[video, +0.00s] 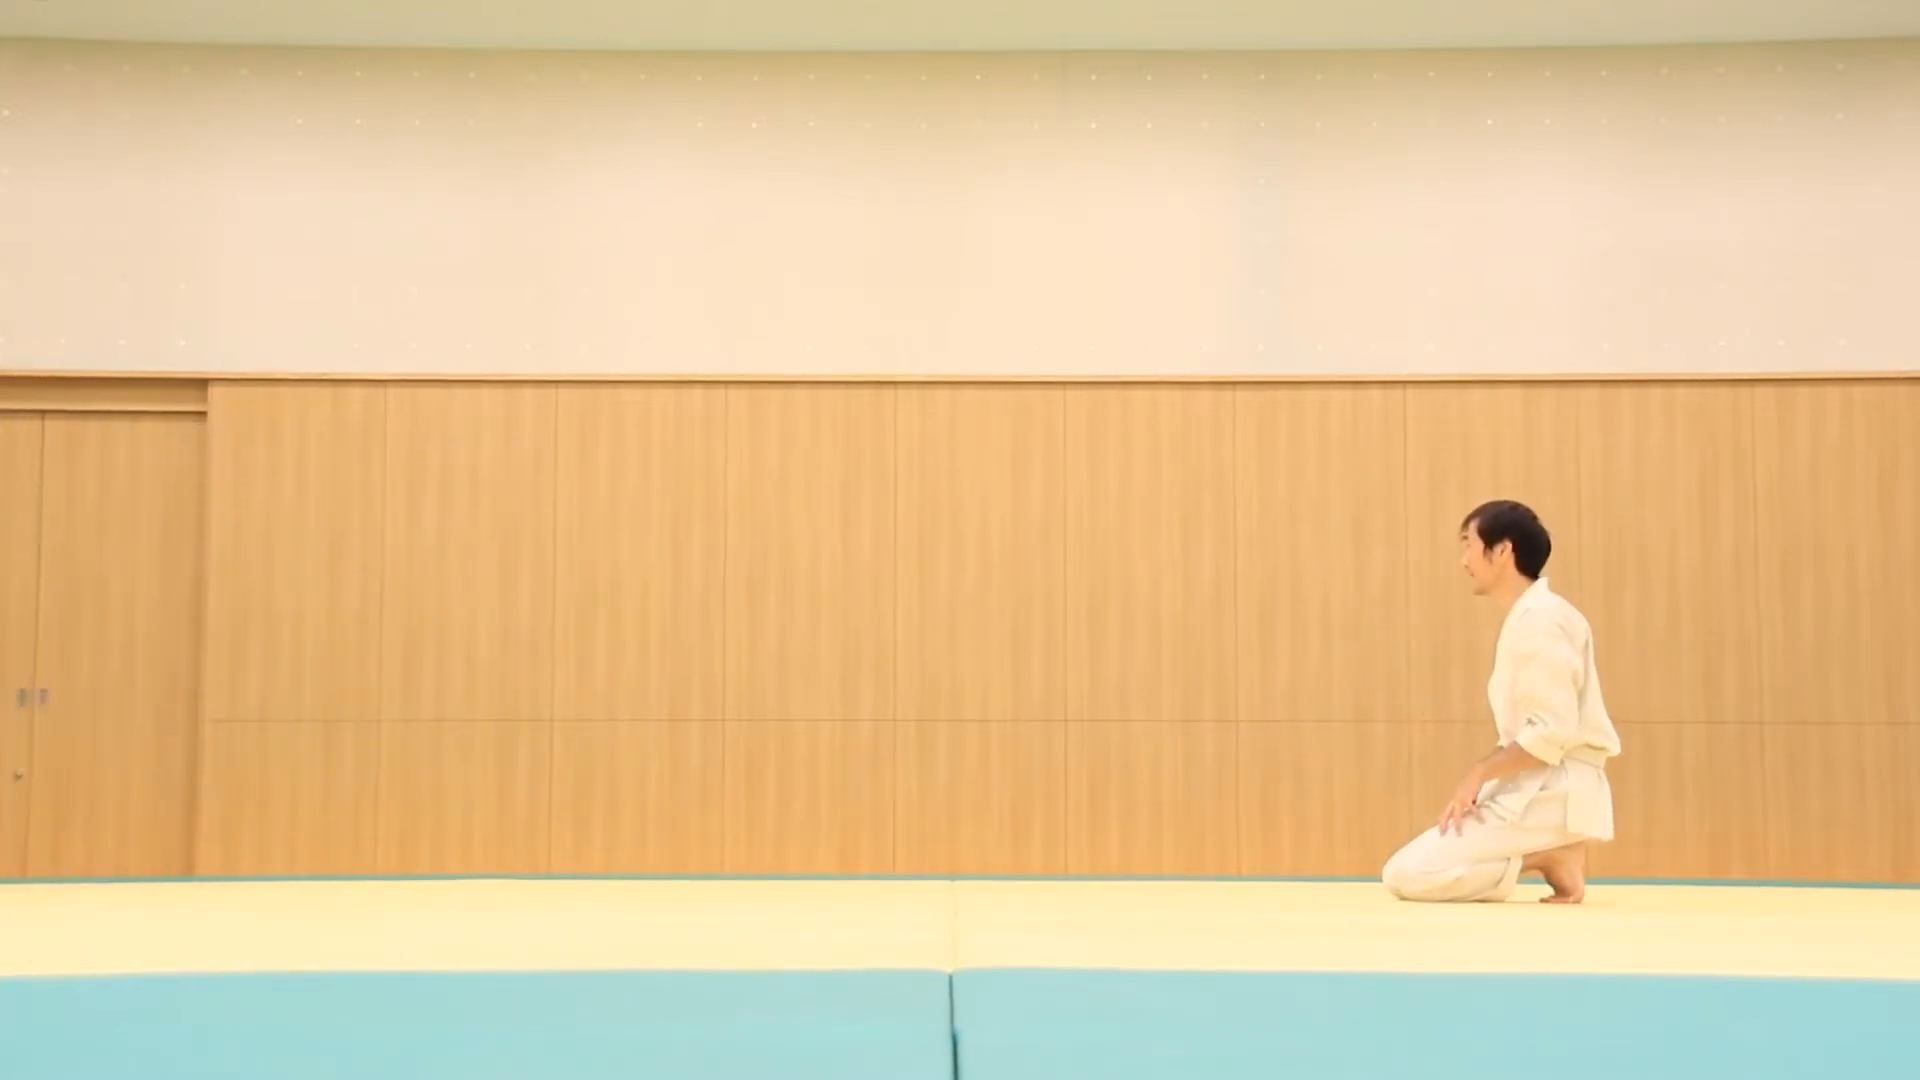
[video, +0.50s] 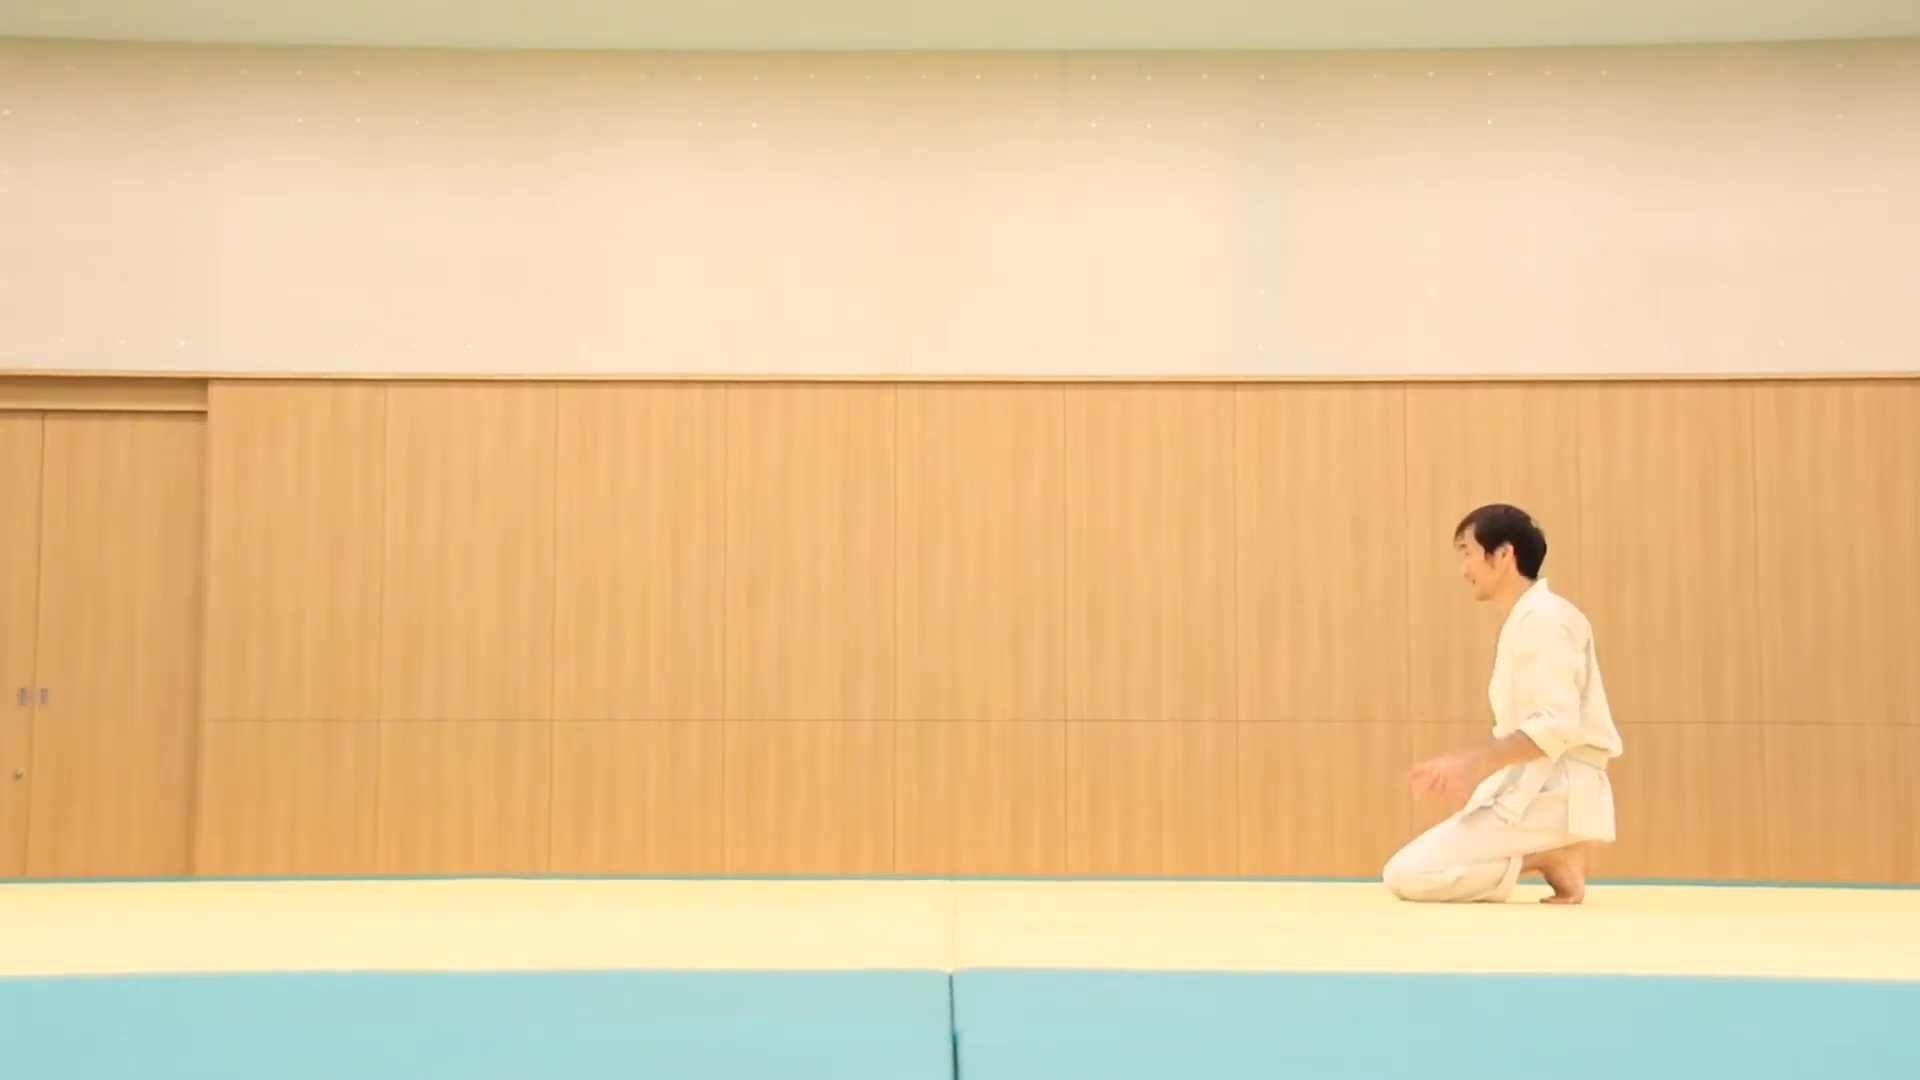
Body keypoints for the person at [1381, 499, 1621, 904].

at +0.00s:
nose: (1463, 561)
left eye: (1469, 546)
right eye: (1464, 548)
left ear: (1503, 552)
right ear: (1503, 554)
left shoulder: (1538, 620)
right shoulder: (1541, 615)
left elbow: (1552, 732)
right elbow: (1543, 730)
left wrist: (1479, 774)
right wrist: (1478, 783)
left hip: (1555, 794)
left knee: (1406, 876)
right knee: (1405, 872)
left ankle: (1550, 857)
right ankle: (1548, 856)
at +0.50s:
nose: (1462, 569)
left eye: (1468, 553)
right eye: (1462, 555)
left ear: (1504, 556)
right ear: (1503, 559)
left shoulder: (1544, 619)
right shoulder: (1531, 618)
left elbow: (1554, 727)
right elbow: (1521, 729)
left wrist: (1474, 764)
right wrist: (1457, 766)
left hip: (1558, 794)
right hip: (1544, 789)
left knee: (1407, 876)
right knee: (1407, 872)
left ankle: (1550, 857)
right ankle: (1548, 857)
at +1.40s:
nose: (1455, 574)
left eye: (1462, 558)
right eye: (1449, 565)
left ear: (1503, 555)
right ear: (1446, 569)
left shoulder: (1559, 621)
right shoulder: (1471, 633)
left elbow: (1575, 728)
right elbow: (1442, 696)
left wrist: (1501, 792)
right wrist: (1425, 697)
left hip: (1563, 788)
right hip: (1513, 780)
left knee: (1404, 875)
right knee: (1398, 874)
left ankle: (1547, 855)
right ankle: (1543, 856)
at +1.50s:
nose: (1452, 572)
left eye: (1458, 556)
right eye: (1446, 563)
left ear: (1498, 554)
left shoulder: (1559, 618)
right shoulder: (1468, 627)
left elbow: (1568, 728)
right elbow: (1448, 664)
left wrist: (1498, 792)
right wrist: (1435, 685)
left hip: (1563, 788)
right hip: (1514, 780)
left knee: (1405, 875)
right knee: (1398, 874)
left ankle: (1548, 855)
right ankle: (1544, 856)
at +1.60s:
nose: (1450, 571)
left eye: (1458, 555)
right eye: (1445, 561)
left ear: (1499, 553)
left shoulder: (1559, 619)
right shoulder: (1467, 628)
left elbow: (1574, 726)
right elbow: (1425, 687)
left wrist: (1505, 794)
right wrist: (1395, 669)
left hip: (1565, 786)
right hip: (1514, 777)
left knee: (1405, 875)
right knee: (1396, 875)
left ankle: (1548, 855)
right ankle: (1543, 856)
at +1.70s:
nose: (1448, 569)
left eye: (1454, 554)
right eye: (1444, 558)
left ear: (1495, 553)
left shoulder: (1557, 621)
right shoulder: (1470, 626)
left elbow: (1563, 733)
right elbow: (1412, 654)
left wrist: (1497, 794)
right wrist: (1354, 654)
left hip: (1562, 789)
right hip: (1515, 779)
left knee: (1405, 875)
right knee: (1399, 873)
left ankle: (1548, 855)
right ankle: (1545, 854)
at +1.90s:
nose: (1444, 569)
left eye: (1450, 554)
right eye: (1443, 556)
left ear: (1490, 555)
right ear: (1483, 559)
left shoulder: (1556, 621)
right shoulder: (1471, 626)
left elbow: (1566, 734)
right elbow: (1393, 663)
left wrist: (1499, 795)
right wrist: (1308, 666)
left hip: (1563, 789)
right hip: (1515, 781)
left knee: (1409, 876)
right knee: (1398, 874)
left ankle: (1549, 856)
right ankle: (1546, 858)